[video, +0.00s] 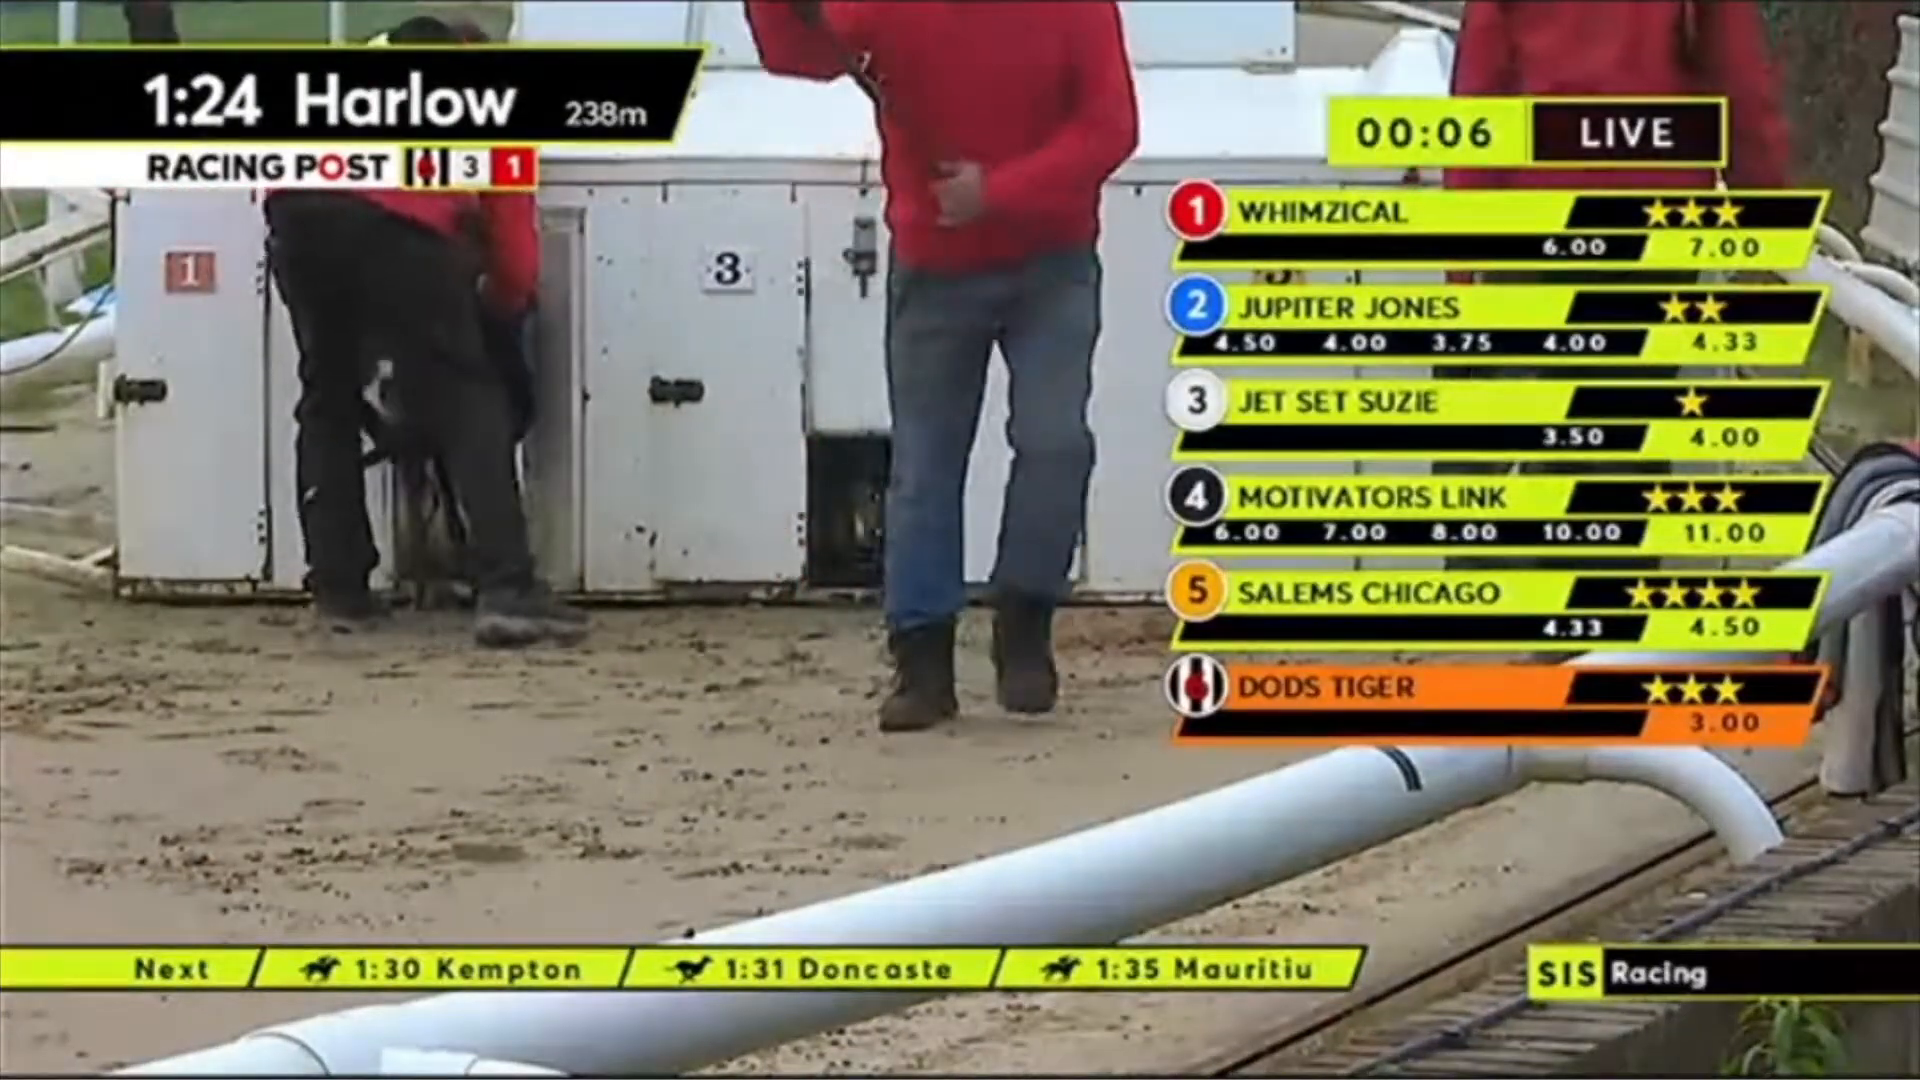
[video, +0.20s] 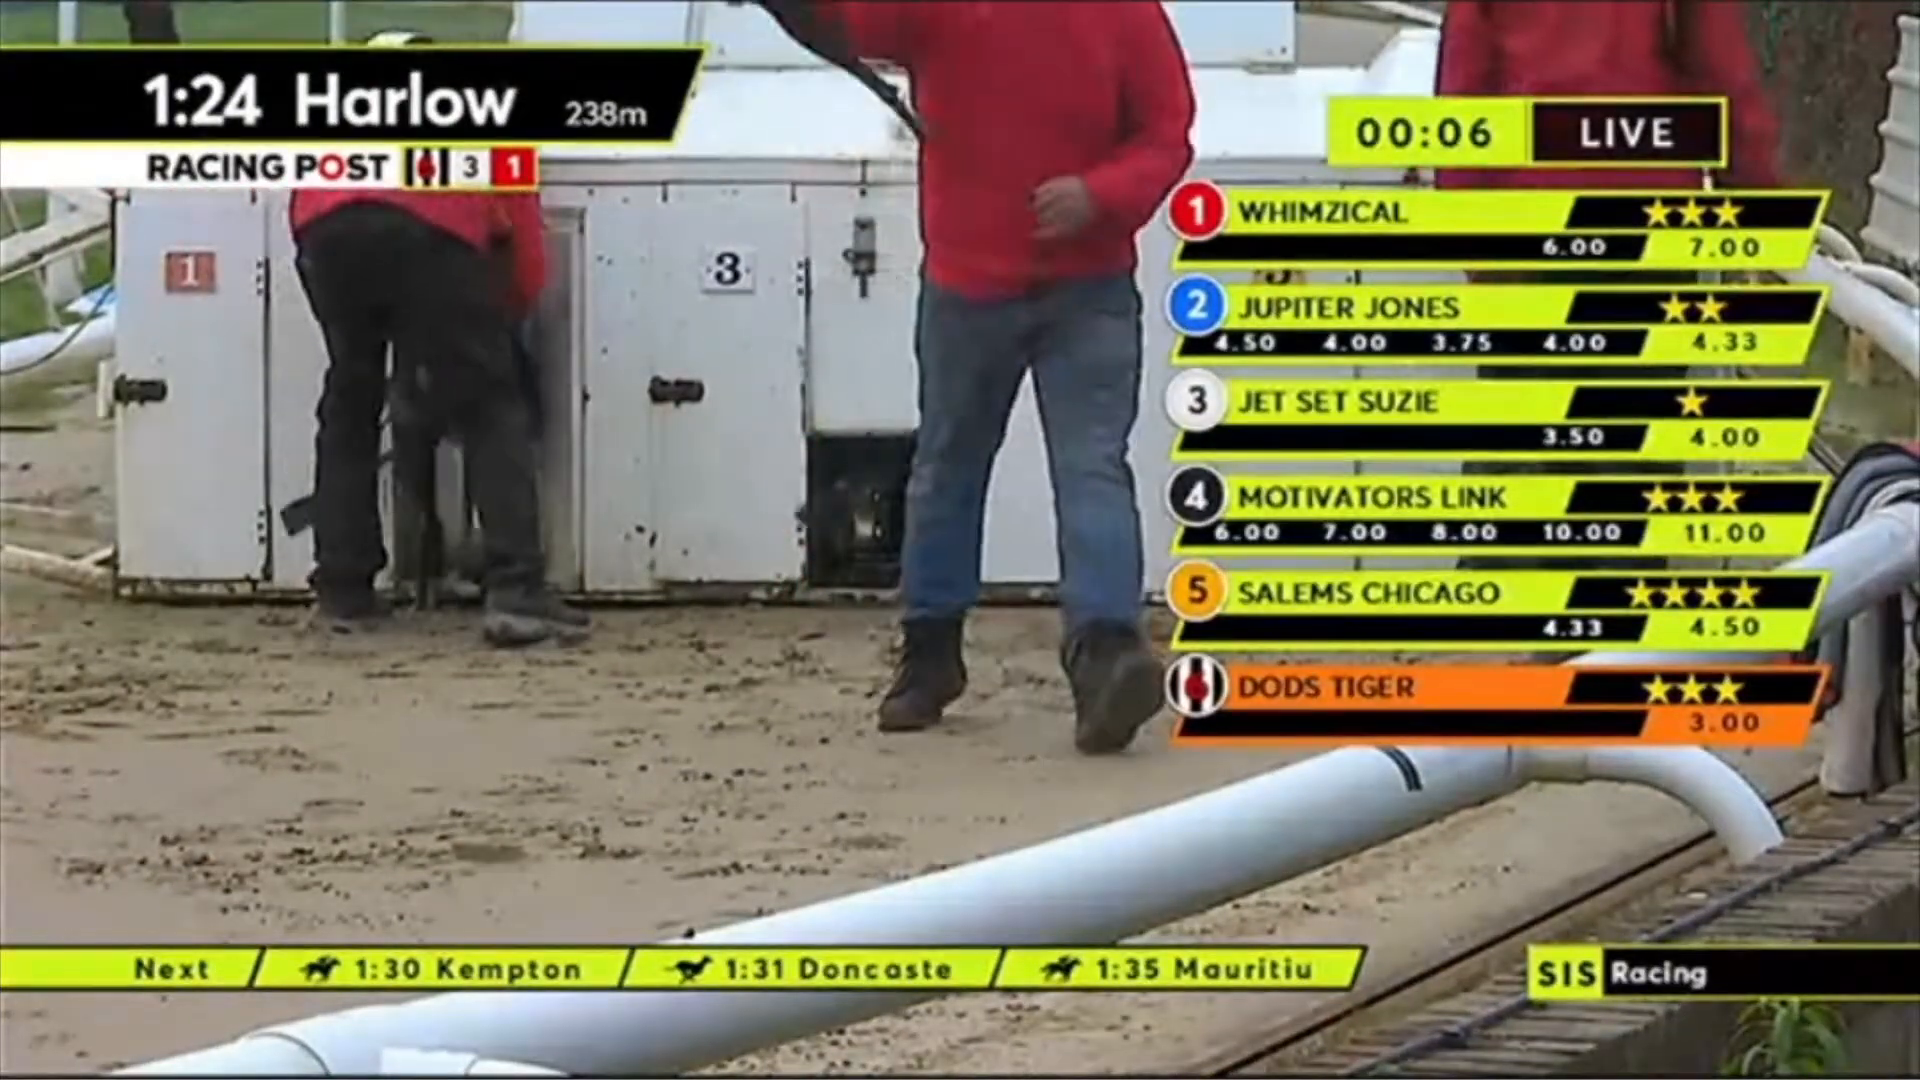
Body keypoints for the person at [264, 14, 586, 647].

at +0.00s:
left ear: (395, 44)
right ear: (471, 48)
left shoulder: (343, 78)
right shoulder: (495, 105)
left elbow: (279, 170)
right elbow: (518, 260)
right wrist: (499, 318)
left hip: (302, 215)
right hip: (407, 229)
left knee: (327, 399)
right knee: (464, 390)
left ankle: (338, 590)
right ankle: (507, 589)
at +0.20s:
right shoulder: (503, 157)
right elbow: (530, 274)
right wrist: (491, 323)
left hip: (330, 227)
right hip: (434, 232)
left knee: (351, 395)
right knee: (491, 405)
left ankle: (344, 589)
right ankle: (515, 590)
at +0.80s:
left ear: (378, 60)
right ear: (463, 59)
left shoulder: (353, 107)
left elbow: (327, 224)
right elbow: (564, 166)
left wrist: (407, 327)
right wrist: (518, 263)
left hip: (349, 231)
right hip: (453, 226)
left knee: (360, 390)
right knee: (503, 407)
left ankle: (340, 586)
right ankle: (500, 591)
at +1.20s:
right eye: (518, 44)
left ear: (438, 37)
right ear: (507, 43)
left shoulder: (365, 71)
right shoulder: (518, 92)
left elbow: (312, 174)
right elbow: (542, 215)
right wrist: (493, 281)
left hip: (325, 230)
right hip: (428, 236)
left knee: (328, 384)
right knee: (477, 411)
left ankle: (273, 572)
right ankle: (499, 594)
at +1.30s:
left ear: (391, 56)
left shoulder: (351, 97)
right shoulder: (513, 125)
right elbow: (526, 229)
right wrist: (468, 294)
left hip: (308, 225)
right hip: (406, 235)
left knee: (317, 390)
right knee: (473, 405)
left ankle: (266, 572)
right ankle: (493, 585)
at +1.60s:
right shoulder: (508, 136)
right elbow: (527, 268)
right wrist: (487, 327)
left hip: (299, 261)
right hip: (406, 270)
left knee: (312, 387)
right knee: (477, 430)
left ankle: (265, 573)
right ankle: (487, 591)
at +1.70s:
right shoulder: (506, 141)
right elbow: (527, 269)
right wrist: (478, 327)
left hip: (299, 254)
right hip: (404, 265)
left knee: (309, 387)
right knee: (468, 421)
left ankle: (264, 576)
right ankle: (486, 590)